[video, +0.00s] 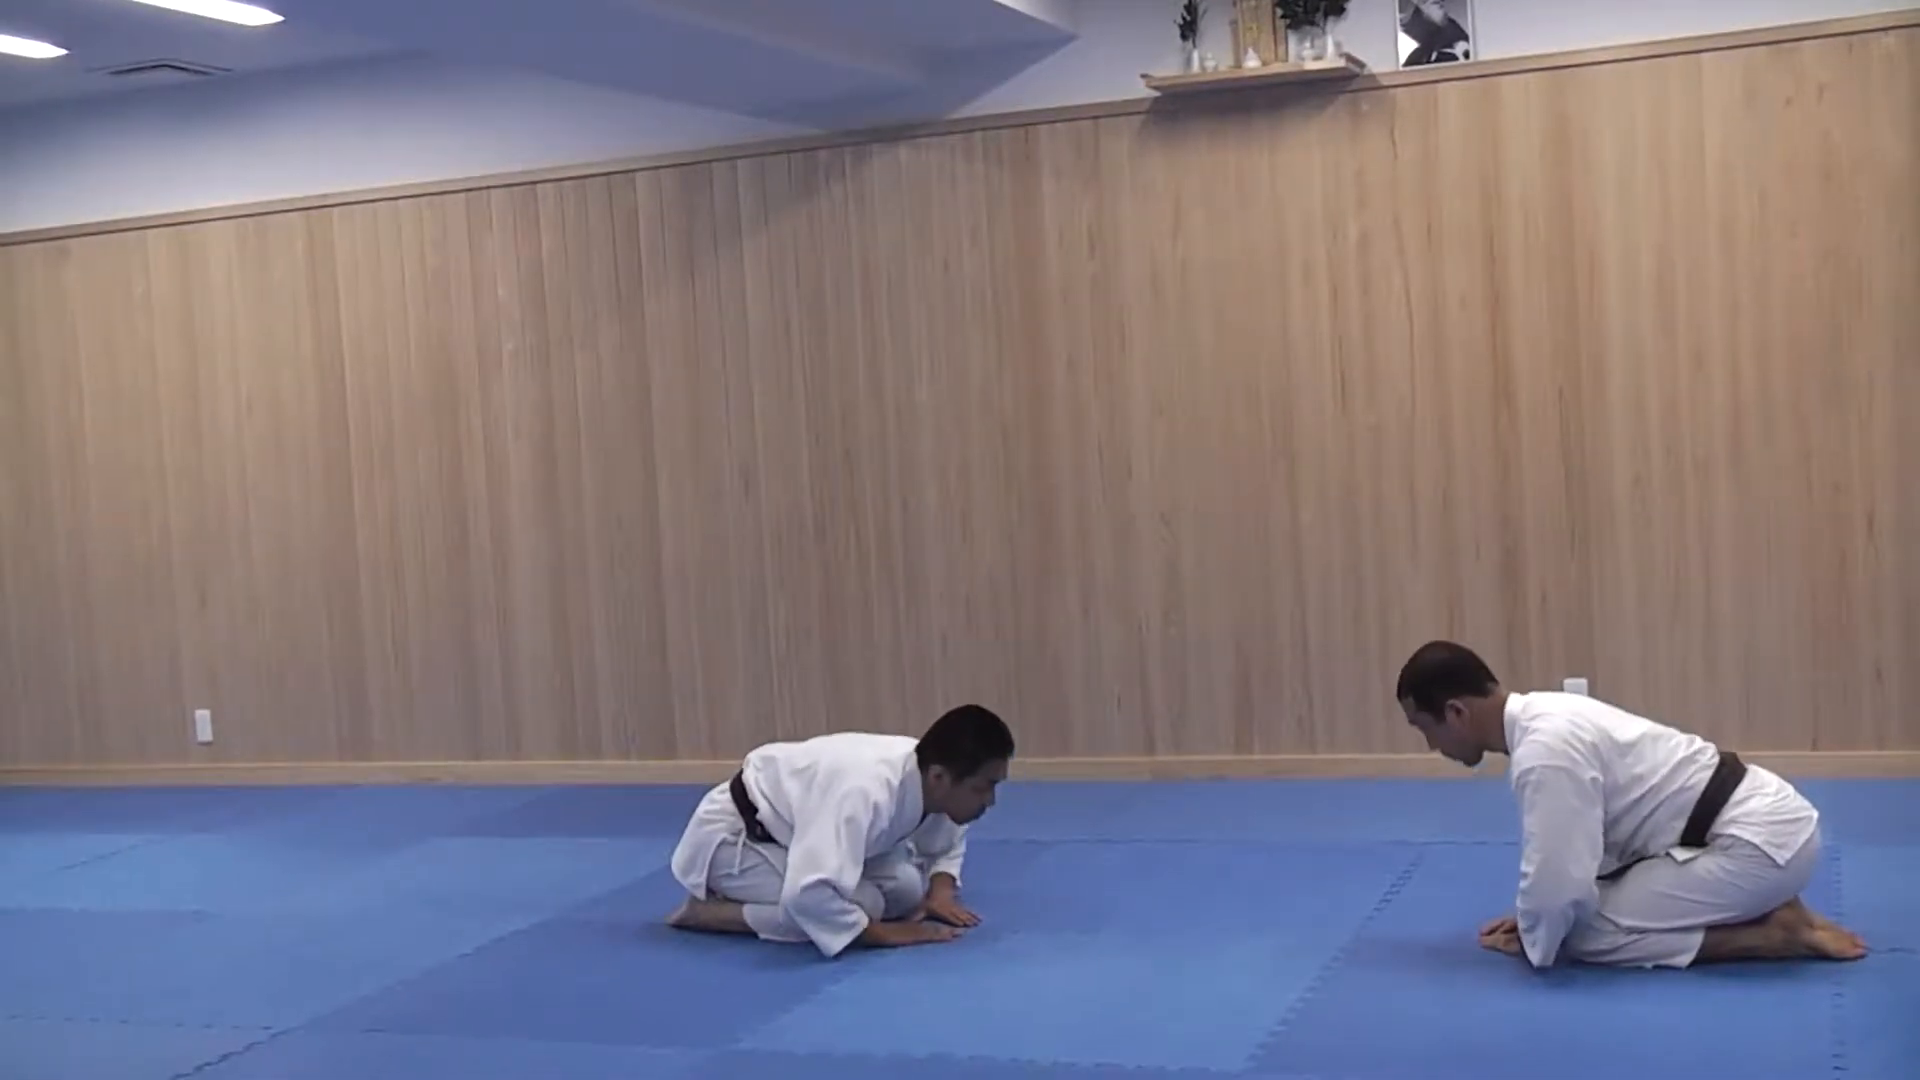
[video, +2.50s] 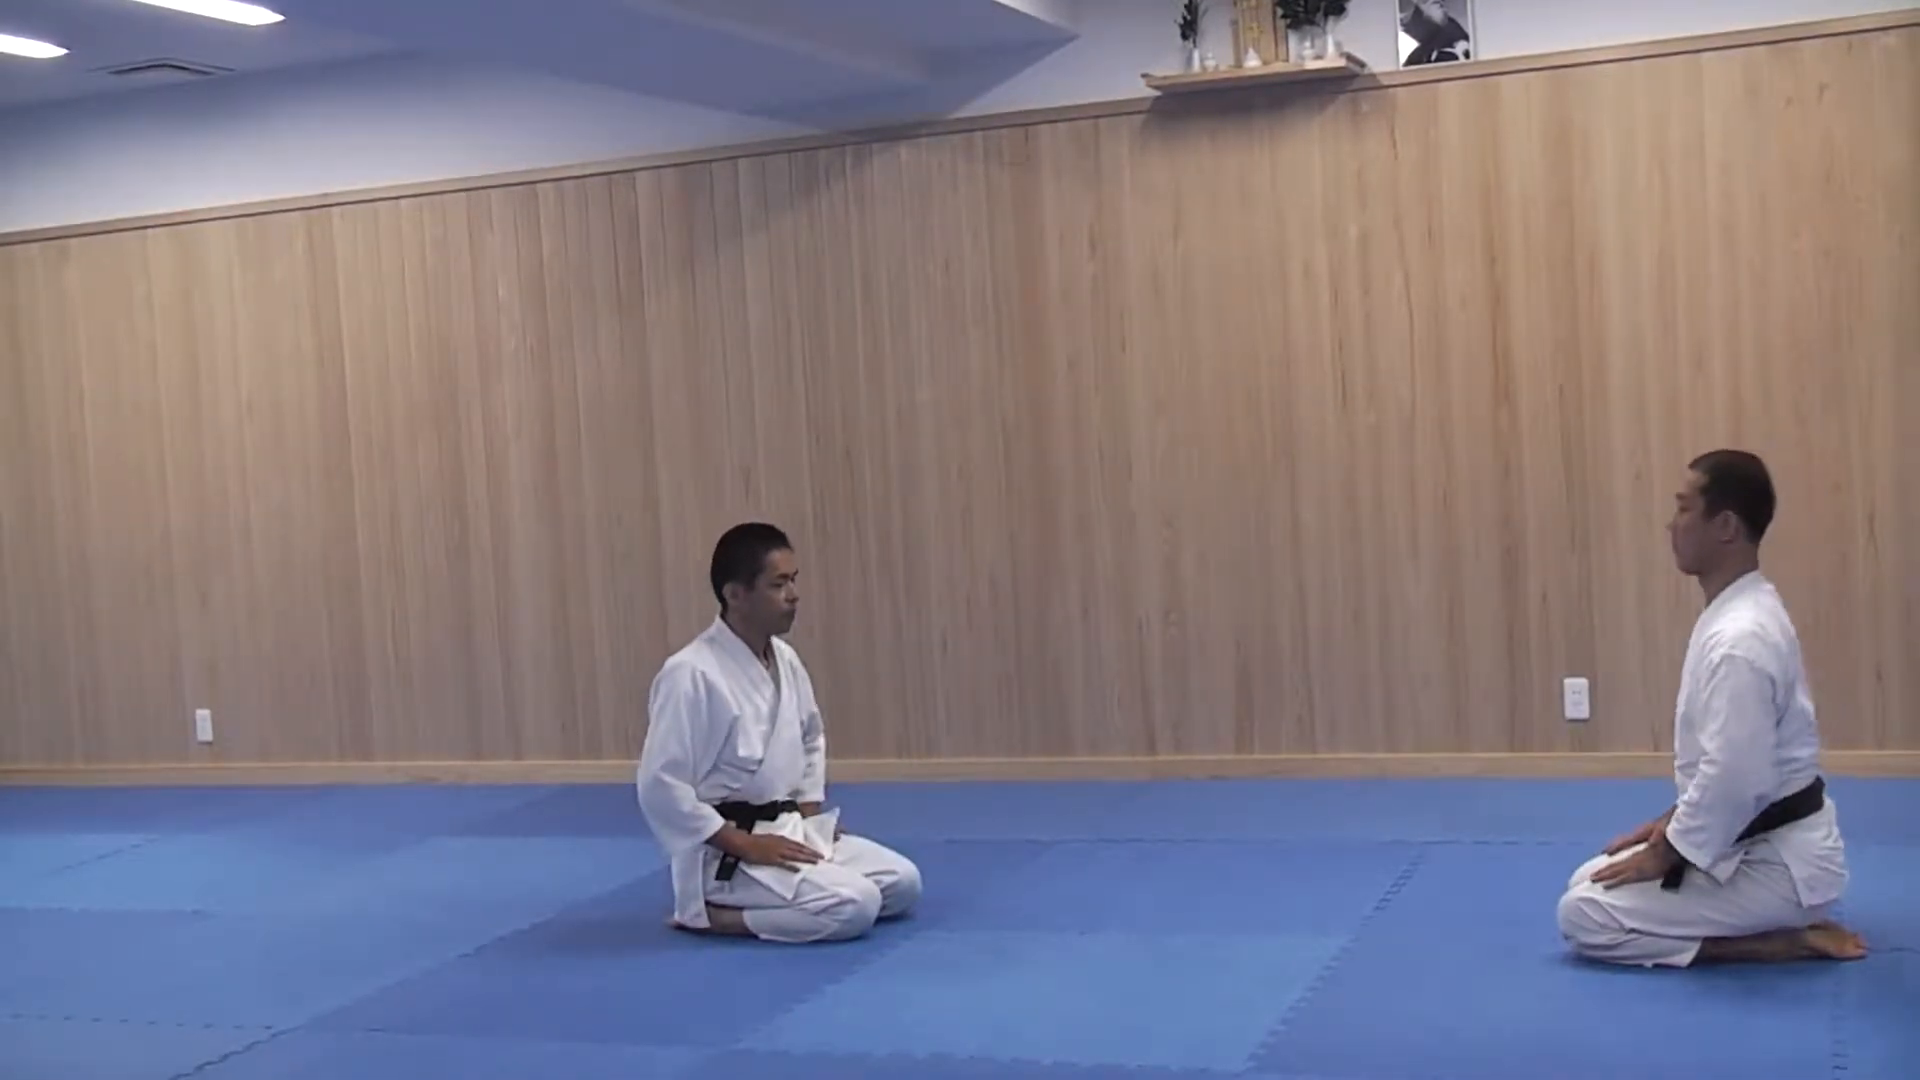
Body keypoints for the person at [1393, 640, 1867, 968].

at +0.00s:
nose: (1430, 743)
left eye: (1423, 728)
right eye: (1421, 731)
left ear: (1455, 710)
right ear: (1471, 697)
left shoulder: (1545, 747)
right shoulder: (1547, 721)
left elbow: (1559, 882)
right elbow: (1587, 853)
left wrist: (1534, 939)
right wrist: (1534, 912)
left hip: (1758, 843)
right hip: (1764, 823)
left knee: (1582, 932)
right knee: (1580, 911)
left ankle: (1771, 939)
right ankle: (1774, 925)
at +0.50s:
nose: (1482, 621)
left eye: (1487, 605)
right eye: (1481, 605)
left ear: (1529, 611)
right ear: (1536, 609)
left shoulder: (1590, 698)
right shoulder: (1604, 653)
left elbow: (1570, 831)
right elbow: (1567, 808)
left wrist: (1536, 928)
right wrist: (1536, 911)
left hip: (1761, 852)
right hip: (1775, 823)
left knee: (1583, 932)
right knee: (1600, 894)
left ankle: (1774, 938)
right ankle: (1776, 921)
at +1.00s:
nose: (1589, 543)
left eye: (1599, 529)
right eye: (1594, 527)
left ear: (1639, 548)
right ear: (1650, 550)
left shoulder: (1654, 661)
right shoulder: (1702, 612)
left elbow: (1593, 788)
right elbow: (1672, 749)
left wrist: (1541, 883)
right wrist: (1619, 832)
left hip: (1764, 860)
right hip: (1789, 833)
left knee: (1585, 925)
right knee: (1588, 892)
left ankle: (1779, 941)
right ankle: (1785, 919)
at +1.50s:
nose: (1678, 517)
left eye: (1692, 502)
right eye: (1685, 500)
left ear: (1731, 523)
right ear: (1732, 524)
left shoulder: (1737, 638)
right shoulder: (1761, 605)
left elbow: (1674, 769)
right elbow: (1688, 759)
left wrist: (1597, 866)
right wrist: (1634, 855)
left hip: (1780, 862)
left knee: (1583, 924)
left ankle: (1782, 943)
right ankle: (1787, 922)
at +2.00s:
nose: (1714, 514)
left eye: (1729, 499)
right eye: (1721, 498)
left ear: (1770, 521)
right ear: (1768, 522)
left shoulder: (1772, 635)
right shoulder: (1771, 610)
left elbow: (1740, 780)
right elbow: (1725, 763)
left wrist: (1658, 858)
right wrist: (1660, 829)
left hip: (1787, 867)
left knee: (1584, 921)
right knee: (1588, 883)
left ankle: (1787, 944)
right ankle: (1774, 921)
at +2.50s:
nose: (1671, 525)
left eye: (1684, 510)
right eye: (1676, 508)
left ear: (1726, 527)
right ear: (1725, 528)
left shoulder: (1740, 636)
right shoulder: (1736, 614)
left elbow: (1735, 782)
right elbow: (1720, 765)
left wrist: (1664, 856)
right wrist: (1664, 828)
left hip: (1785, 866)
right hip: (1767, 844)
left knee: (1586, 919)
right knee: (1588, 882)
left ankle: (1786, 944)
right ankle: (1773, 920)